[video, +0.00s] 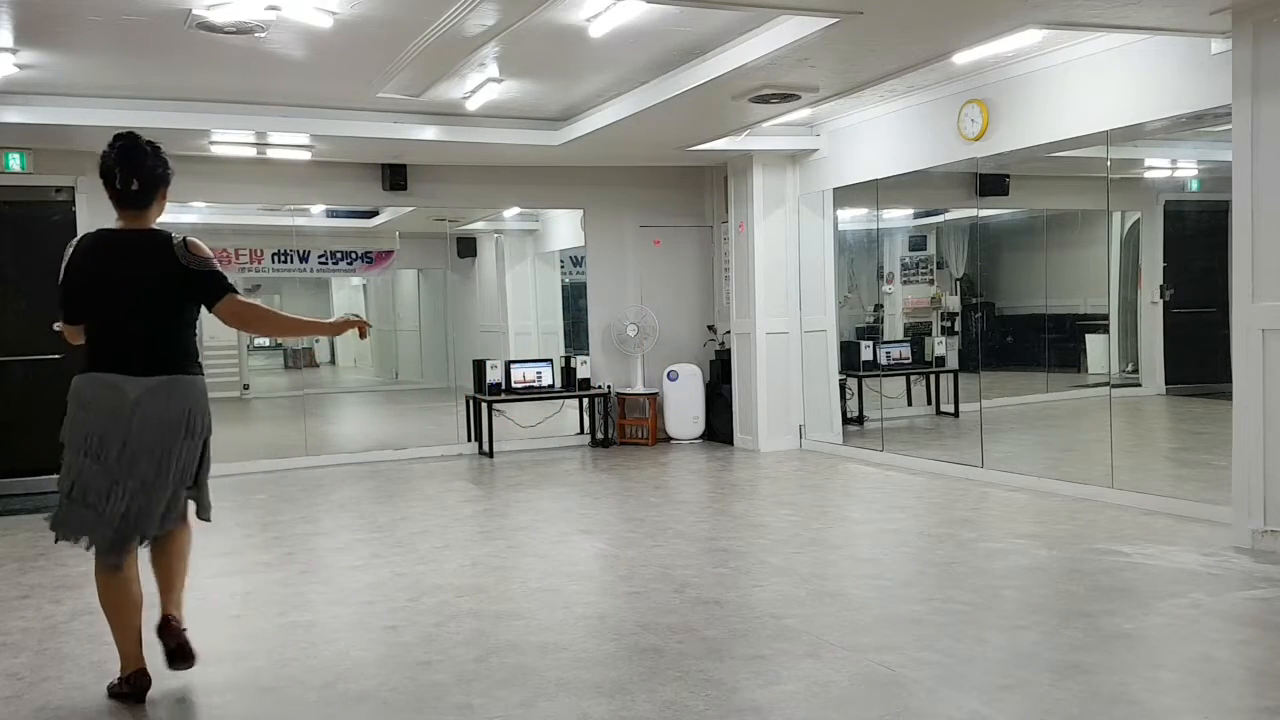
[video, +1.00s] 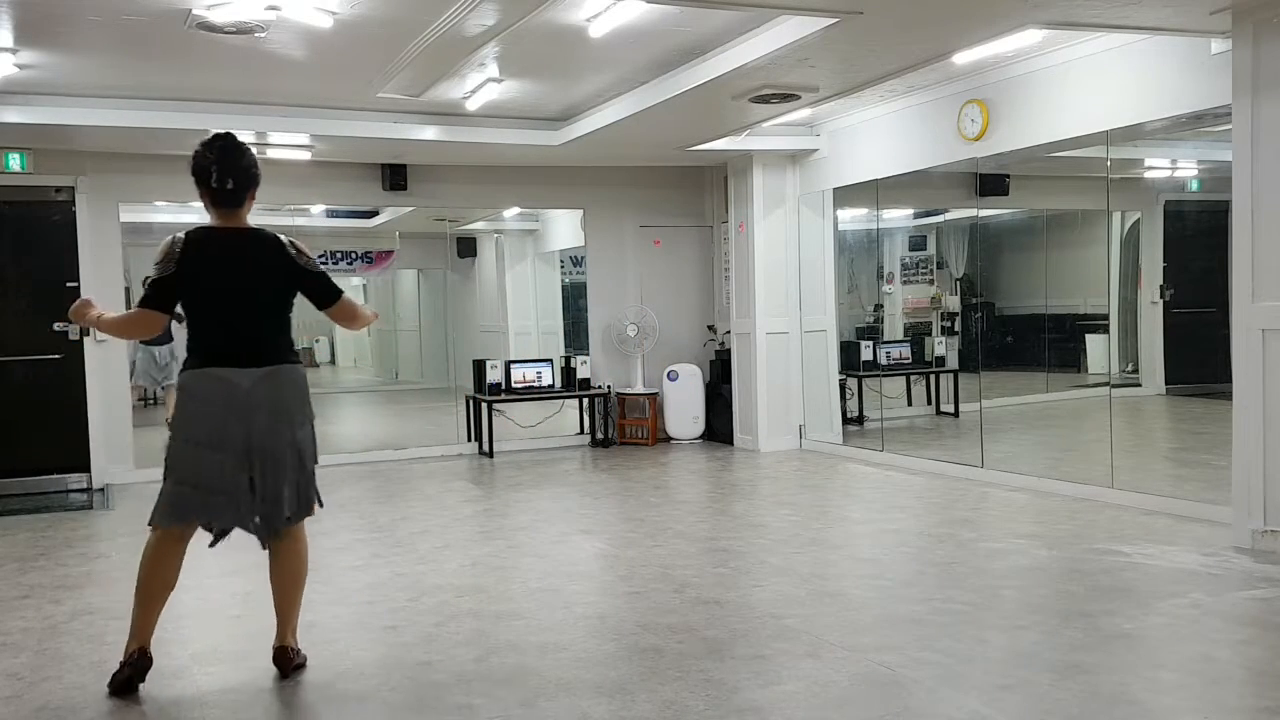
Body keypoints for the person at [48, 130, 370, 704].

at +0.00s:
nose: (163, 195)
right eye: (164, 187)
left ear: (107, 191)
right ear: (163, 192)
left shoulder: (83, 253)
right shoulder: (182, 255)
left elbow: (72, 334)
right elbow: (243, 316)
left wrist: (111, 322)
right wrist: (330, 327)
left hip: (101, 396)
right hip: (176, 396)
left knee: (111, 536)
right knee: (173, 511)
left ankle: (132, 670)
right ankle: (172, 615)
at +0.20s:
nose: (159, 197)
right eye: (159, 190)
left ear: (101, 196)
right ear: (159, 195)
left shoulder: (82, 258)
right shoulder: (178, 257)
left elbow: (79, 338)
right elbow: (232, 316)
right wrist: (317, 325)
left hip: (96, 398)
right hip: (169, 399)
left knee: (106, 535)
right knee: (154, 519)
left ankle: (133, 671)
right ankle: (165, 632)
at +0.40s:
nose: (163, 197)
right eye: (166, 189)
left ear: (111, 194)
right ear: (167, 194)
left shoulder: (87, 255)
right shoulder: (185, 256)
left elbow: (64, 338)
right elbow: (238, 315)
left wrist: (92, 328)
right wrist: (321, 325)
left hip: (106, 399)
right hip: (181, 397)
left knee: (117, 536)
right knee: (199, 514)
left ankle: (134, 670)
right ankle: (222, 621)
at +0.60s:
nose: (181, 196)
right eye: (185, 188)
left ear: (132, 192)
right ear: (188, 192)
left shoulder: (109, 253)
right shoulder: (211, 254)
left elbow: (66, 329)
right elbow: (266, 318)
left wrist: (50, 307)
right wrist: (334, 322)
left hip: (133, 401)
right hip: (208, 397)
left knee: (135, 535)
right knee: (244, 521)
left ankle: (135, 670)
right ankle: (280, 638)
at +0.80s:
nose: (196, 193)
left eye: (180, 185)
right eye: (215, 183)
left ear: (167, 191)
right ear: (222, 190)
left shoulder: (148, 252)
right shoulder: (250, 253)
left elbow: (107, 327)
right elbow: (314, 315)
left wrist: (69, 314)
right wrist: (359, 316)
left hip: (171, 401)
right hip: (246, 399)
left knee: (155, 528)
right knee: (267, 519)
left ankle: (136, 661)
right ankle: (285, 643)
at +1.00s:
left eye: (206, 184)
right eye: (246, 183)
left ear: (200, 191)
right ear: (255, 189)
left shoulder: (184, 250)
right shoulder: (282, 250)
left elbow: (150, 323)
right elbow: (347, 315)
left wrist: (96, 319)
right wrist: (366, 315)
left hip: (205, 393)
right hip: (280, 391)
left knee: (173, 519)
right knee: (286, 516)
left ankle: (137, 649)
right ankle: (287, 644)